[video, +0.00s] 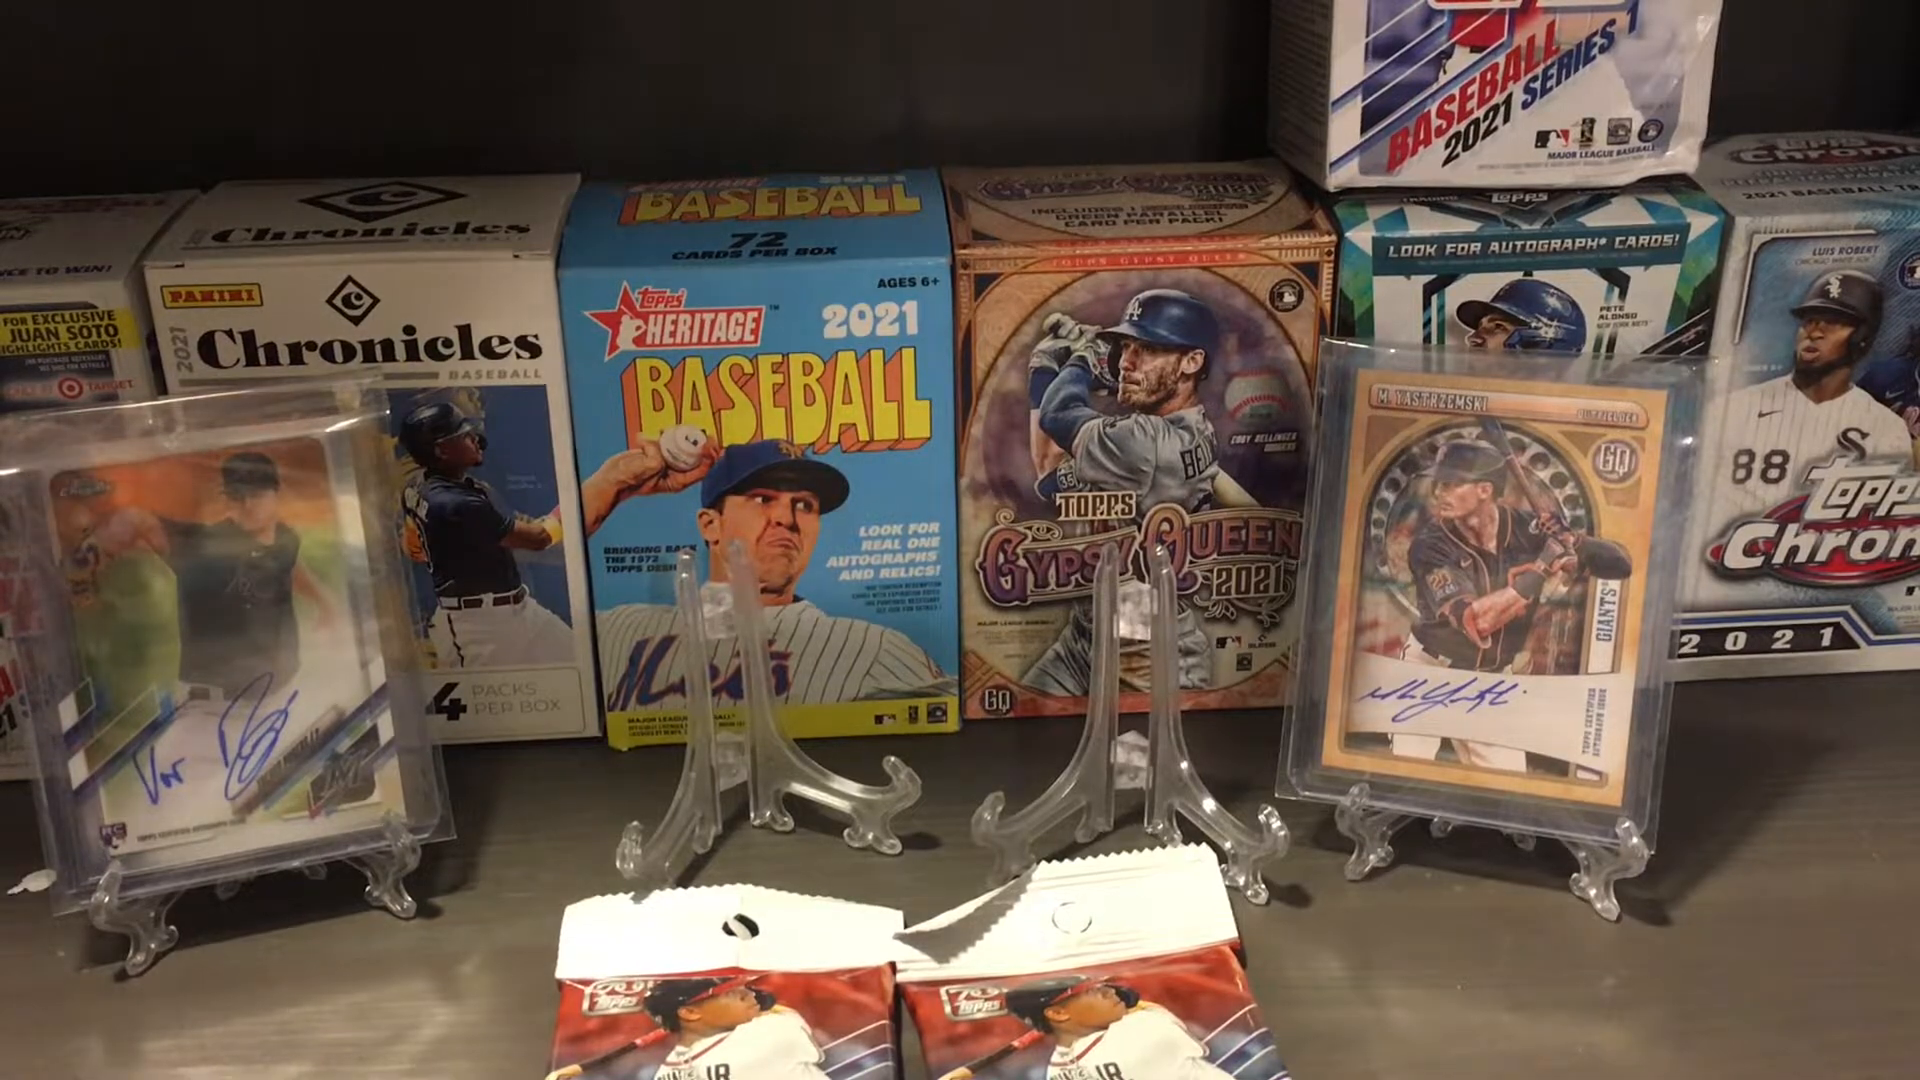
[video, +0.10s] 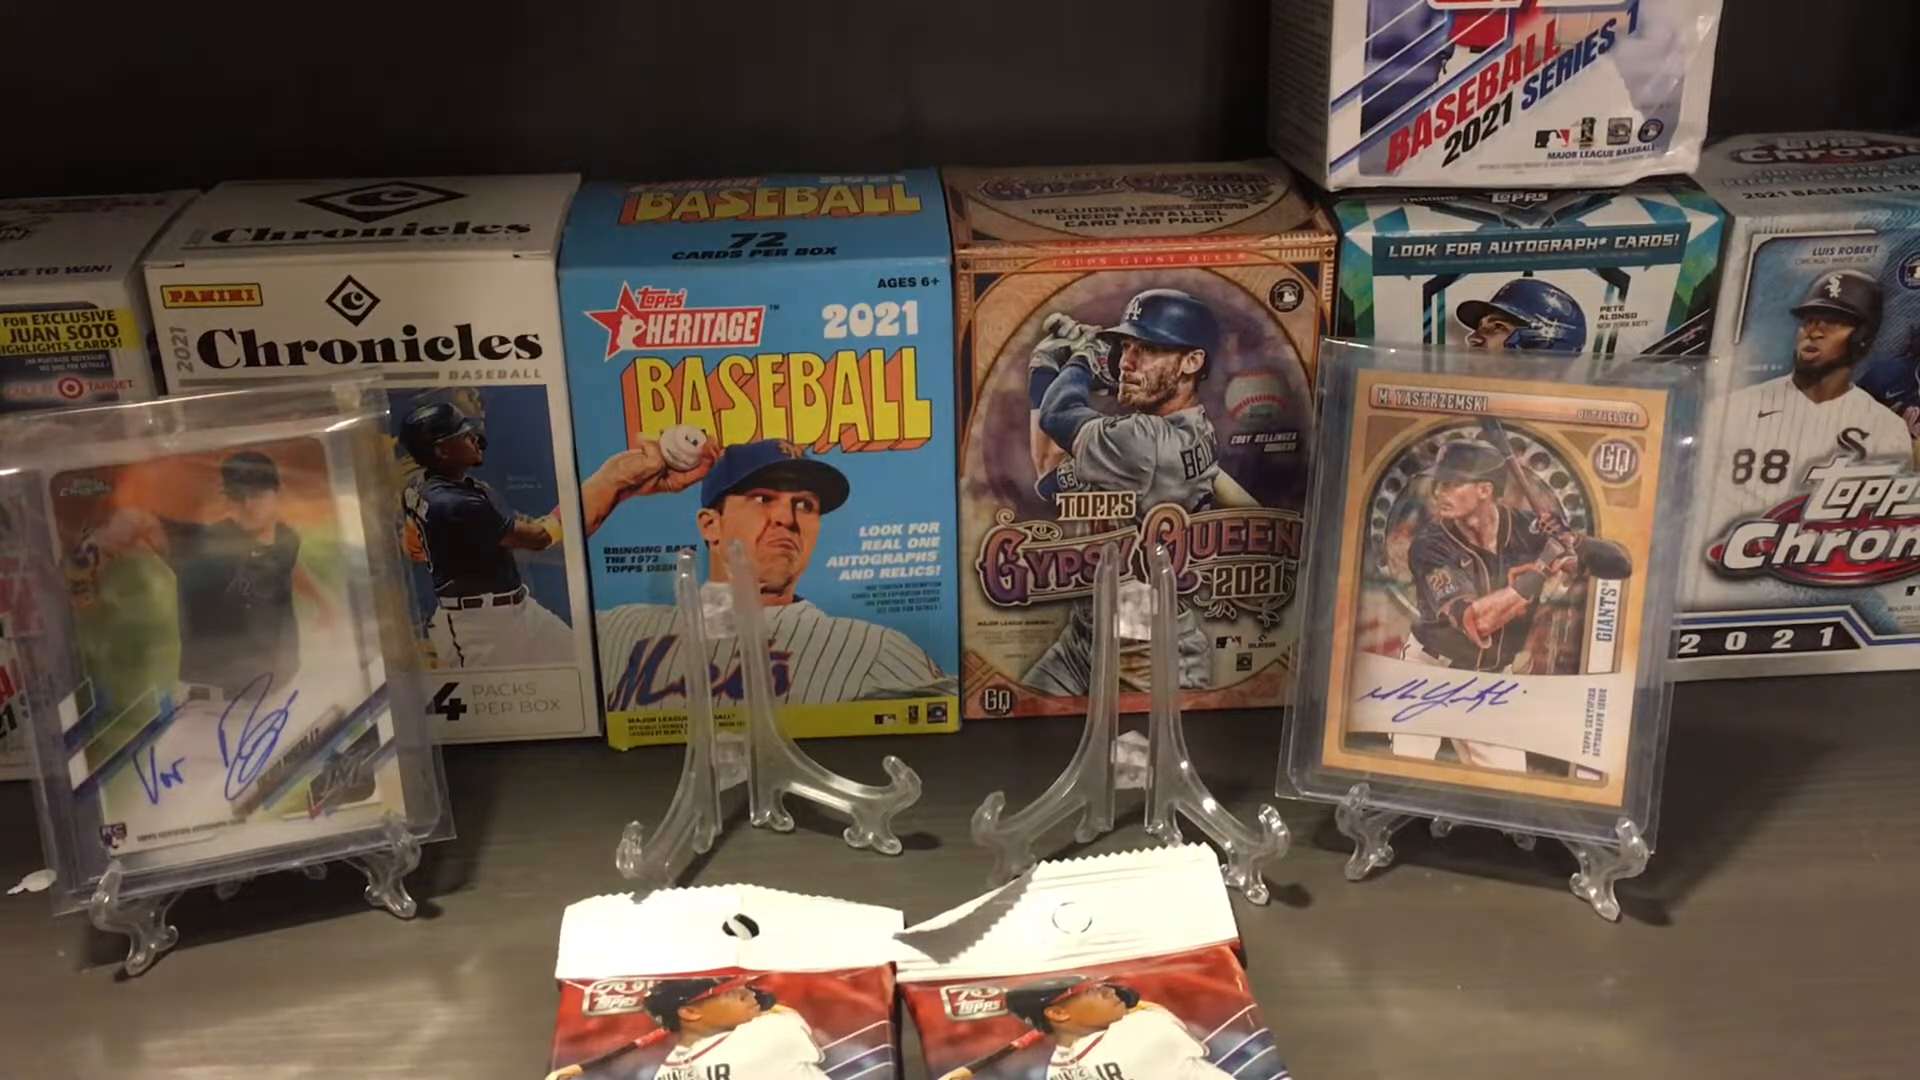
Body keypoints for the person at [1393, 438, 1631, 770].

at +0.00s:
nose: (1439, 493)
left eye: (1451, 485)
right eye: (1439, 485)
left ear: (1484, 491)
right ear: (1435, 487)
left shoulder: (1526, 529)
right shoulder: (1430, 541)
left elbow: (1622, 564)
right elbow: (1473, 623)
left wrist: (1575, 546)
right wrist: (1539, 571)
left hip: (1494, 677)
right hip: (1429, 669)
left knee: (1509, 790)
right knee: (1411, 774)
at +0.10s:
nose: (1439, 493)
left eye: (1451, 485)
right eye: (1439, 484)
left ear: (1484, 491)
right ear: (1436, 487)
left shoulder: (1527, 529)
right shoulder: (1430, 542)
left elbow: (1622, 564)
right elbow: (1474, 623)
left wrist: (1577, 550)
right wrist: (1540, 571)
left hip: (1496, 677)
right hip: (1430, 670)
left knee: (1509, 791)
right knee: (1410, 775)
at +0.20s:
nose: (1439, 493)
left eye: (1451, 485)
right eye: (1439, 484)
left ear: (1484, 491)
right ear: (1435, 487)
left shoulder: (1526, 529)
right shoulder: (1430, 542)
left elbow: (1622, 564)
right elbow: (1474, 622)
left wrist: (1576, 547)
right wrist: (1539, 571)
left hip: (1496, 676)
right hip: (1430, 670)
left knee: (1509, 791)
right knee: (1411, 774)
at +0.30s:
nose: (1439, 492)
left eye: (1451, 484)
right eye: (1439, 484)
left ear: (1484, 490)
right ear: (1435, 487)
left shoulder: (1526, 528)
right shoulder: (1430, 541)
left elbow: (1622, 563)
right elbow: (1474, 622)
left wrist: (1574, 545)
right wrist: (1539, 569)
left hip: (1495, 676)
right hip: (1429, 668)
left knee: (1509, 790)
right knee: (1412, 774)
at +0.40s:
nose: (1439, 492)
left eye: (1451, 484)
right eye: (1439, 484)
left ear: (1484, 490)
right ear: (1436, 486)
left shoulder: (1526, 528)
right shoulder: (1431, 540)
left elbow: (1622, 563)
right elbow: (1474, 622)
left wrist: (1574, 544)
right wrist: (1540, 569)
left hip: (1494, 676)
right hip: (1429, 669)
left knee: (1509, 790)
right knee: (1412, 773)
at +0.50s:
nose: (1440, 492)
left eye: (1452, 485)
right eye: (1439, 484)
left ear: (1485, 490)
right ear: (1436, 486)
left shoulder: (1526, 528)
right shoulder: (1430, 542)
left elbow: (1622, 563)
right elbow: (1474, 622)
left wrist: (1575, 547)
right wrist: (1540, 570)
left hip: (1495, 676)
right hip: (1430, 669)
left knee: (1509, 788)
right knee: (1412, 772)